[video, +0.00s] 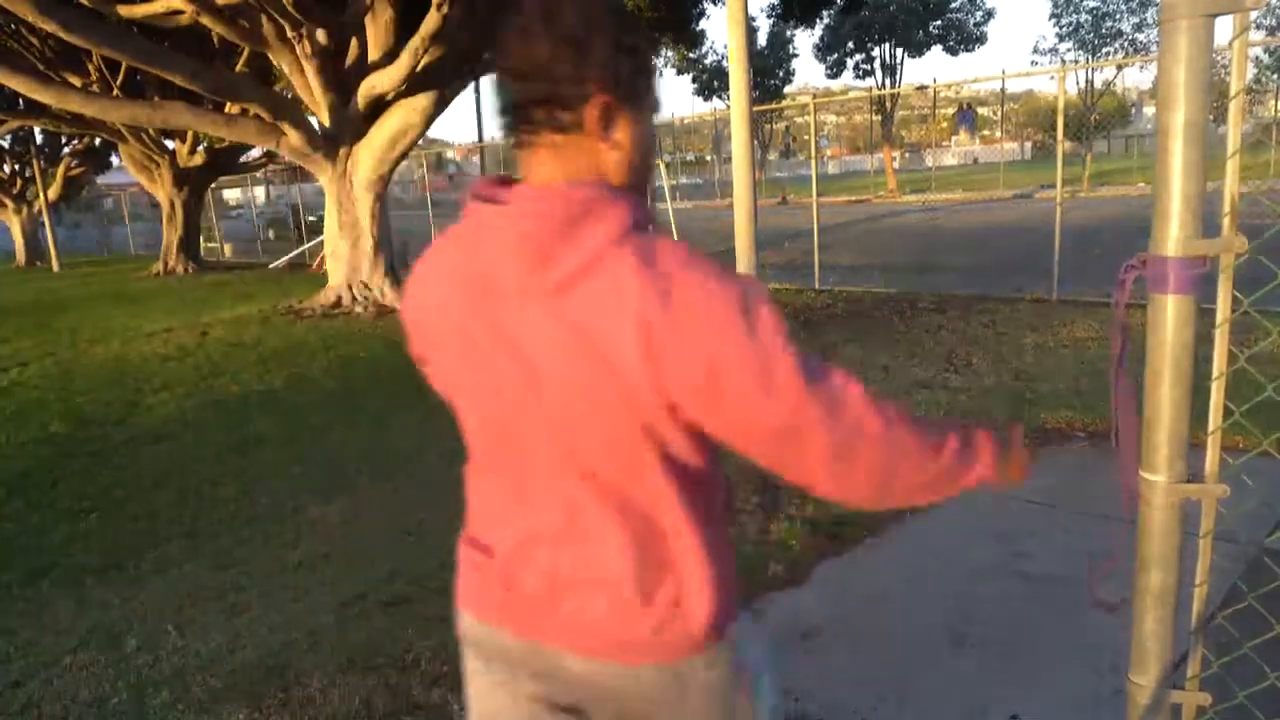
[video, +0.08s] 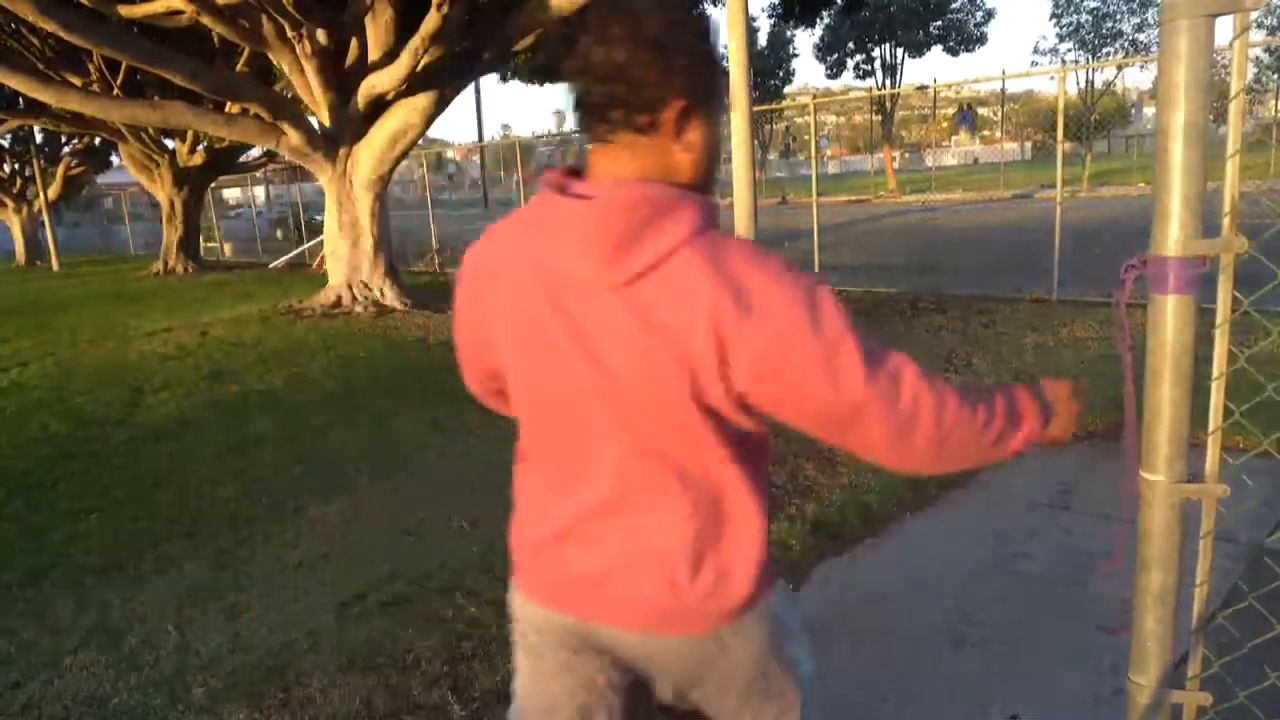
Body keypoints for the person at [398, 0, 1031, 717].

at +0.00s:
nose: (649, 141)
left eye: (650, 116)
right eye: (647, 116)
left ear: (519, 117)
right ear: (605, 119)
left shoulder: (439, 279)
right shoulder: (673, 291)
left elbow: (465, 391)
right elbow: (833, 441)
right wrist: (976, 455)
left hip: (498, 634)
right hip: (654, 646)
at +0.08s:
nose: (717, 142)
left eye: (716, 119)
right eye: (715, 119)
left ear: (589, 113)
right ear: (680, 121)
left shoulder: (499, 255)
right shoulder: (732, 281)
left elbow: (489, 382)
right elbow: (887, 413)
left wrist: (583, 381)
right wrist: (1029, 414)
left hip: (552, 599)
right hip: (701, 610)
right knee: (761, 702)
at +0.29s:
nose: (806, 122)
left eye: (808, 102)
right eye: (808, 102)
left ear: (690, 85)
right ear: (783, 102)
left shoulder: (581, 210)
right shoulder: (816, 246)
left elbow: (539, 343)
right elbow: (967, 365)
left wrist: (627, 392)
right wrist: (1085, 348)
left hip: (612, 531)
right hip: (742, 557)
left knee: (628, 652)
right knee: (790, 706)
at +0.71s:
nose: (780, 130)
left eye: (779, 111)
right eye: (777, 112)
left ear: (677, 114)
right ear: (741, 119)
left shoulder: (624, 223)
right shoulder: (750, 243)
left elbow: (632, 335)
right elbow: (882, 368)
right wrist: (1019, 343)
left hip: (668, 484)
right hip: (752, 505)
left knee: (702, 597)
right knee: (810, 690)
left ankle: (692, 706)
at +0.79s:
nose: (762, 147)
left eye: (760, 129)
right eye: (755, 130)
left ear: (679, 137)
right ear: (710, 136)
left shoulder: (636, 229)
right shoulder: (719, 254)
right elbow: (847, 368)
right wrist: (978, 337)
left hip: (681, 485)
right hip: (747, 500)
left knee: (709, 596)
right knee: (812, 679)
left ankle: (693, 706)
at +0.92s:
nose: (735, 146)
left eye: (732, 131)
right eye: (723, 131)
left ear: (670, 141)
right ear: (672, 140)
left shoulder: (647, 224)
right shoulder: (693, 238)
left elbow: (698, 354)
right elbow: (788, 357)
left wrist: (778, 408)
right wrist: (897, 332)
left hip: (682, 469)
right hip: (736, 479)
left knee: (709, 584)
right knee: (823, 635)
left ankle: (694, 707)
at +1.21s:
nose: (706, 142)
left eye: (703, 129)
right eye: (693, 130)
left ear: (645, 143)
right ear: (644, 142)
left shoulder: (660, 211)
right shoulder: (664, 216)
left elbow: (750, 314)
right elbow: (769, 288)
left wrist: (835, 309)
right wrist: (834, 257)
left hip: (689, 454)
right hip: (728, 457)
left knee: (701, 577)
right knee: (781, 618)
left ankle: (692, 705)